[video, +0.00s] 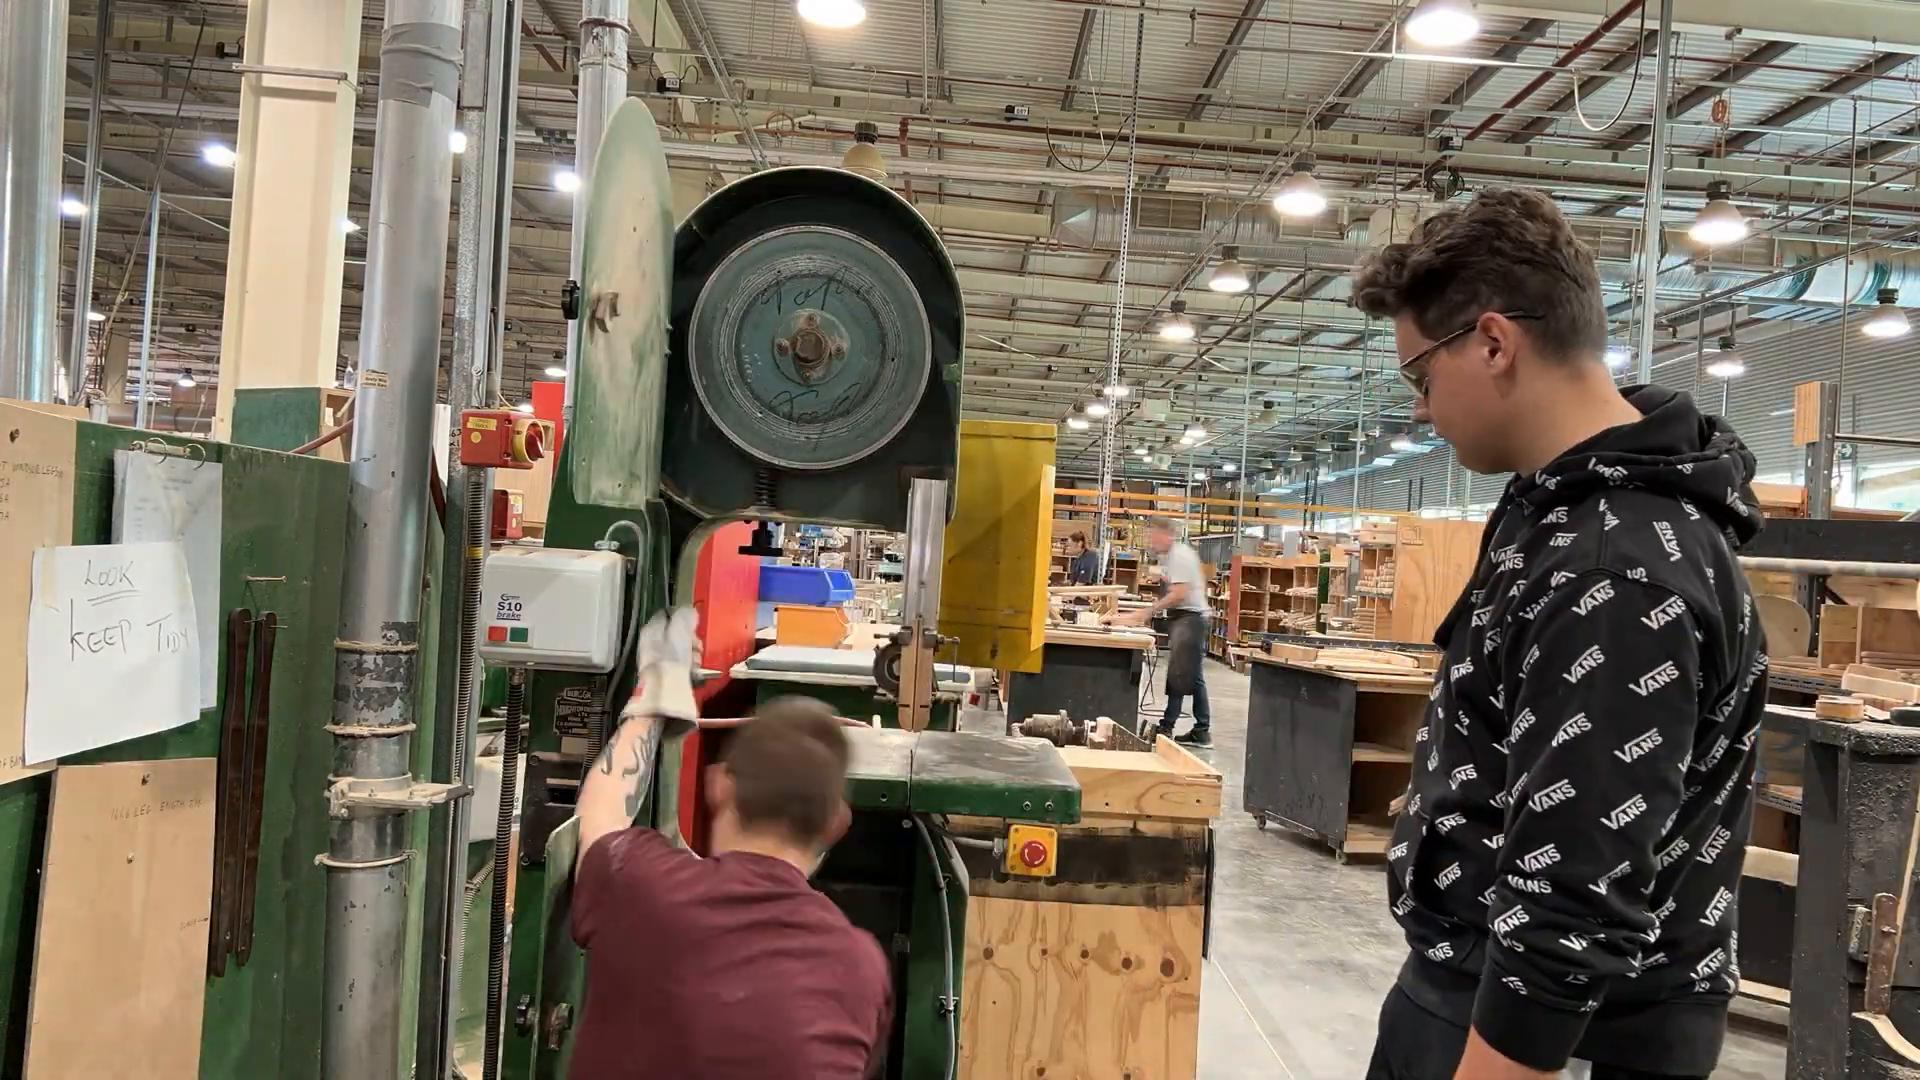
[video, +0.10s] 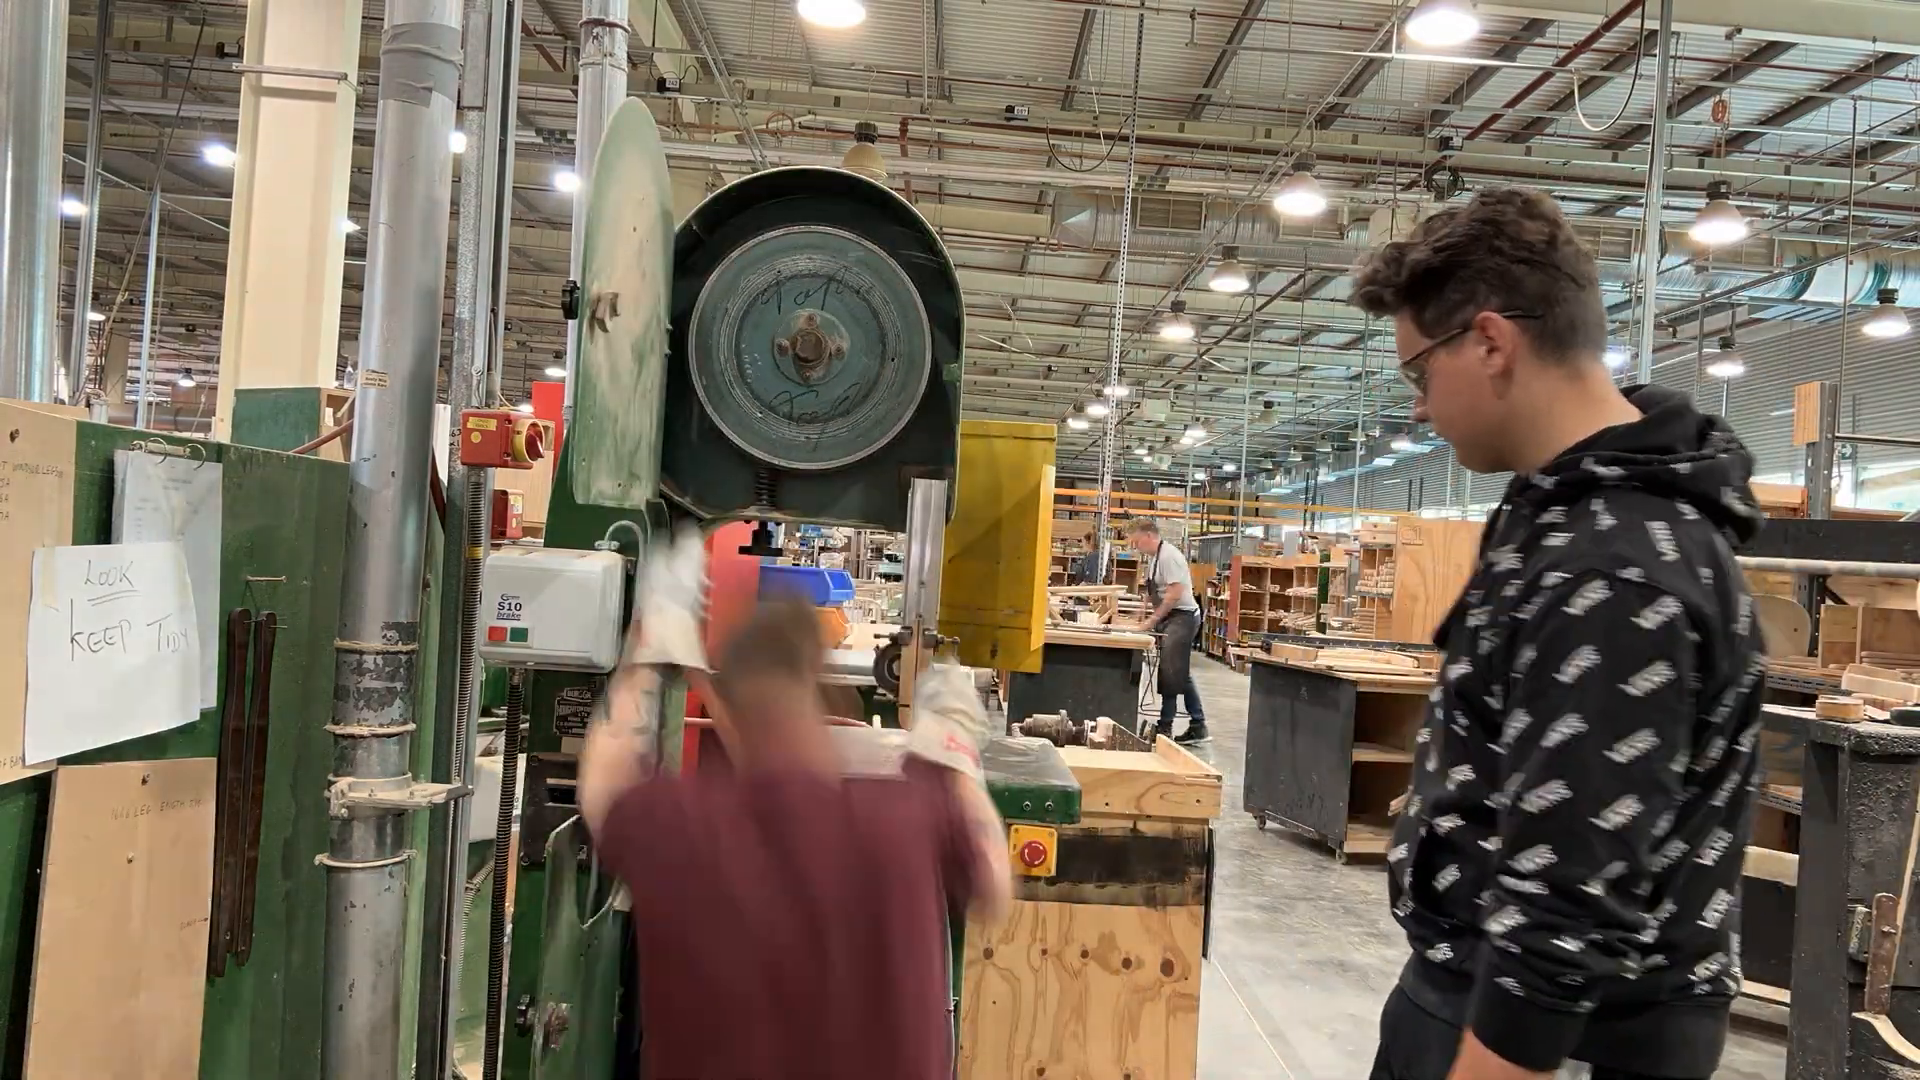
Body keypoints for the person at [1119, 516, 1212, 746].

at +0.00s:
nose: (1151, 541)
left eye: (1154, 536)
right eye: (1151, 536)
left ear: (1168, 535)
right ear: (1164, 536)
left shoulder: (1180, 556)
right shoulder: (1171, 555)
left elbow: (1179, 592)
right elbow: (1176, 590)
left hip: (1190, 619)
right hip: (1185, 618)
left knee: (1177, 675)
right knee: (1194, 676)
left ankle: (1165, 728)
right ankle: (1202, 729)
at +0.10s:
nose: (1136, 547)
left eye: (1137, 542)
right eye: (1135, 543)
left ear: (1150, 536)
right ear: (1148, 538)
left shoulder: (1168, 555)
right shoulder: (1155, 557)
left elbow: (1175, 592)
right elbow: (1154, 592)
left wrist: (1152, 621)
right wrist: (1143, 618)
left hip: (1183, 616)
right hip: (1172, 615)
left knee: (1170, 671)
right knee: (1177, 671)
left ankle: (1164, 728)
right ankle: (1198, 724)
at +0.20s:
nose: (1149, 542)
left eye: (1152, 537)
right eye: (1148, 537)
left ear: (1165, 533)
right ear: (1157, 535)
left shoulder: (1181, 554)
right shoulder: (1160, 552)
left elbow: (1188, 589)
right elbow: (1151, 580)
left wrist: (1153, 593)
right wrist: (1132, 583)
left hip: (1179, 616)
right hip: (1162, 614)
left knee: (1172, 669)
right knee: (1156, 669)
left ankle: (1172, 725)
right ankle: (1157, 719)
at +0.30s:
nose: (1149, 538)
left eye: (1152, 534)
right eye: (1147, 534)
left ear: (1166, 531)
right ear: (1149, 532)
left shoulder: (1182, 552)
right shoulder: (1152, 552)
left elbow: (1186, 587)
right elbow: (1155, 582)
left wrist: (1153, 585)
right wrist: (1142, 586)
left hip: (1177, 614)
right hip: (1158, 613)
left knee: (1171, 670)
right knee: (1155, 670)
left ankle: (1172, 724)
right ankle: (1153, 719)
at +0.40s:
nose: (1133, 551)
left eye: (1134, 546)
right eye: (1132, 547)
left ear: (1148, 538)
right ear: (1144, 540)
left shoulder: (1170, 554)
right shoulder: (1147, 557)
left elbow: (1181, 587)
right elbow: (1143, 584)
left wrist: (1148, 596)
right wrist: (1135, 598)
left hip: (1178, 615)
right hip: (1159, 614)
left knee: (1173, 670)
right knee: (1157, 669)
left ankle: (1171, 725)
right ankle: (1154, 720)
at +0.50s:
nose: (1136, 550)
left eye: (1138, 545)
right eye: (1134, 546)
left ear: (1151, 538)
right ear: (1145, 540)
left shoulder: (1173, 555)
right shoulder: (1147, 559)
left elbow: (1182, 590)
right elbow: (1138, 589)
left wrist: (1148, 597)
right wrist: (1120, 595)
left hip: (1182, 614)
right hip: (1161, 614)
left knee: (1174, 666)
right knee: (1157, 666)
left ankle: (1172, 725)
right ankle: (1154, 720)